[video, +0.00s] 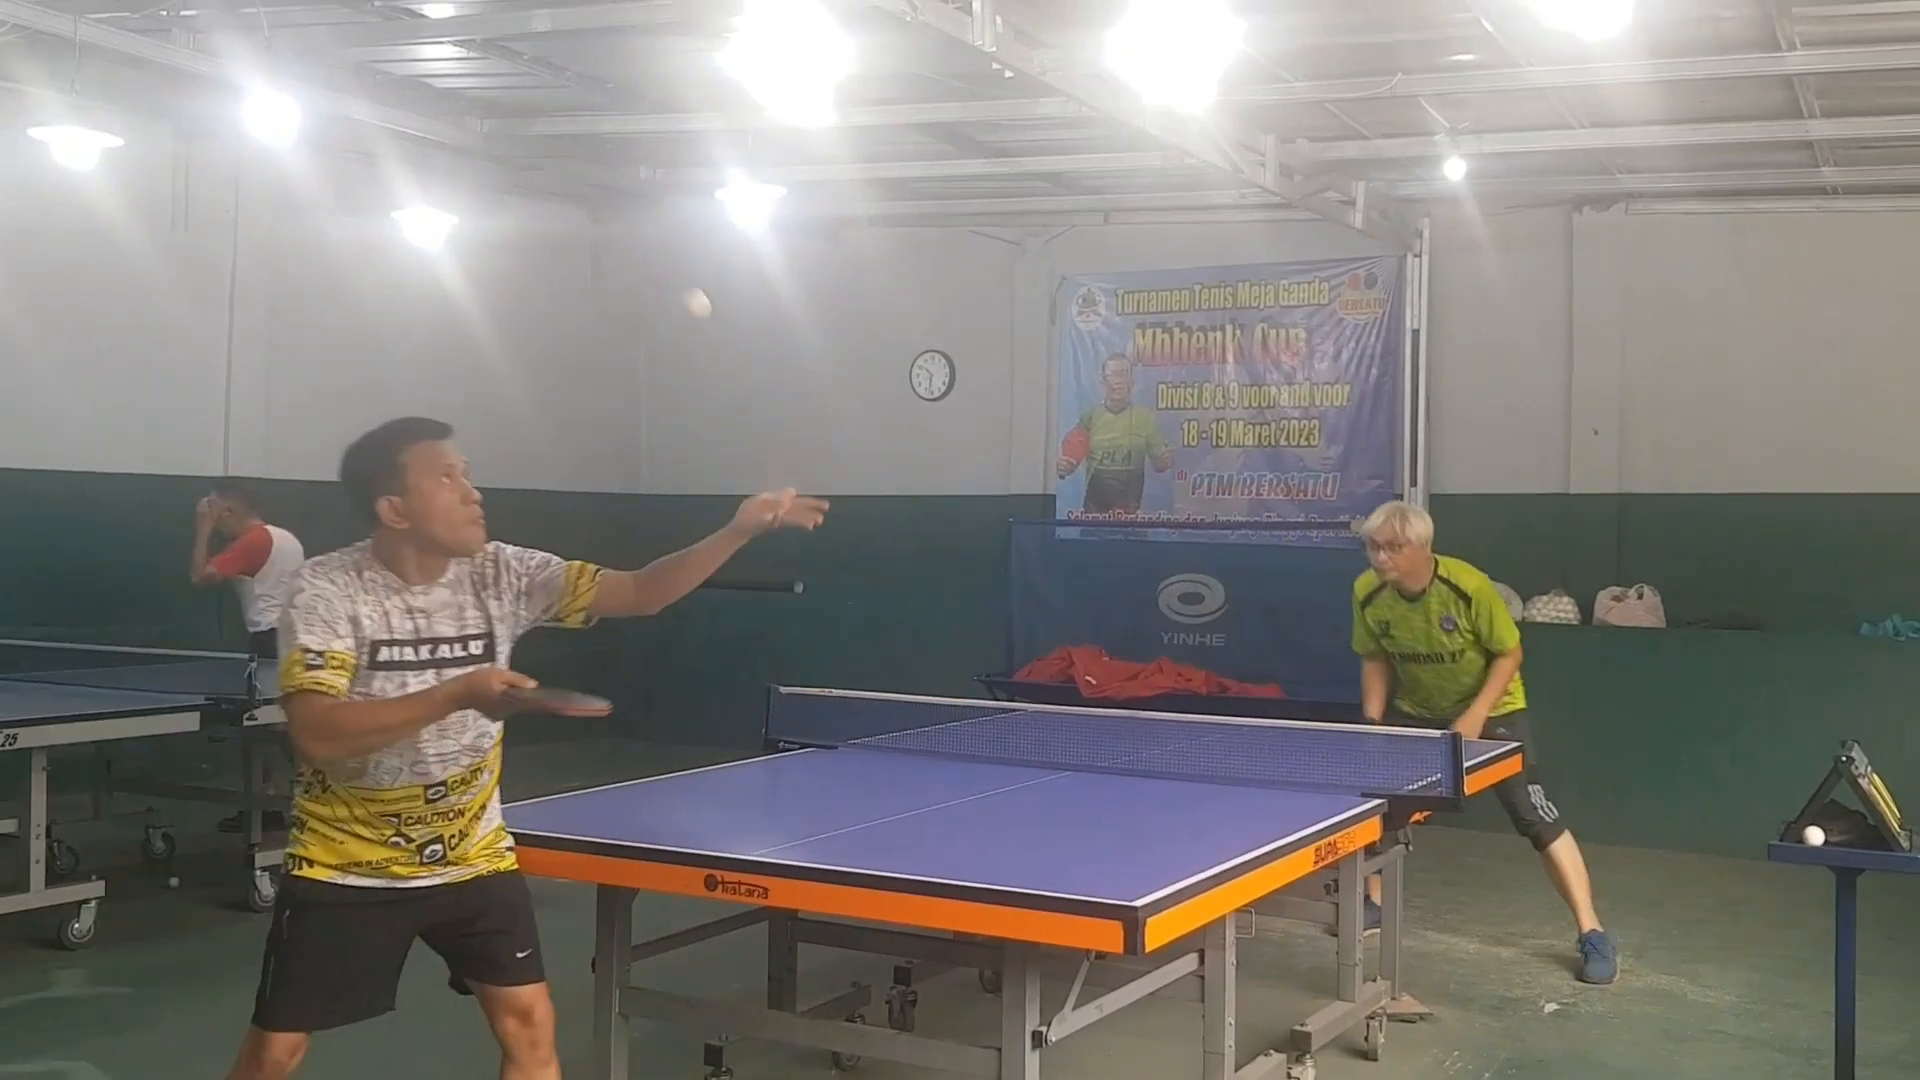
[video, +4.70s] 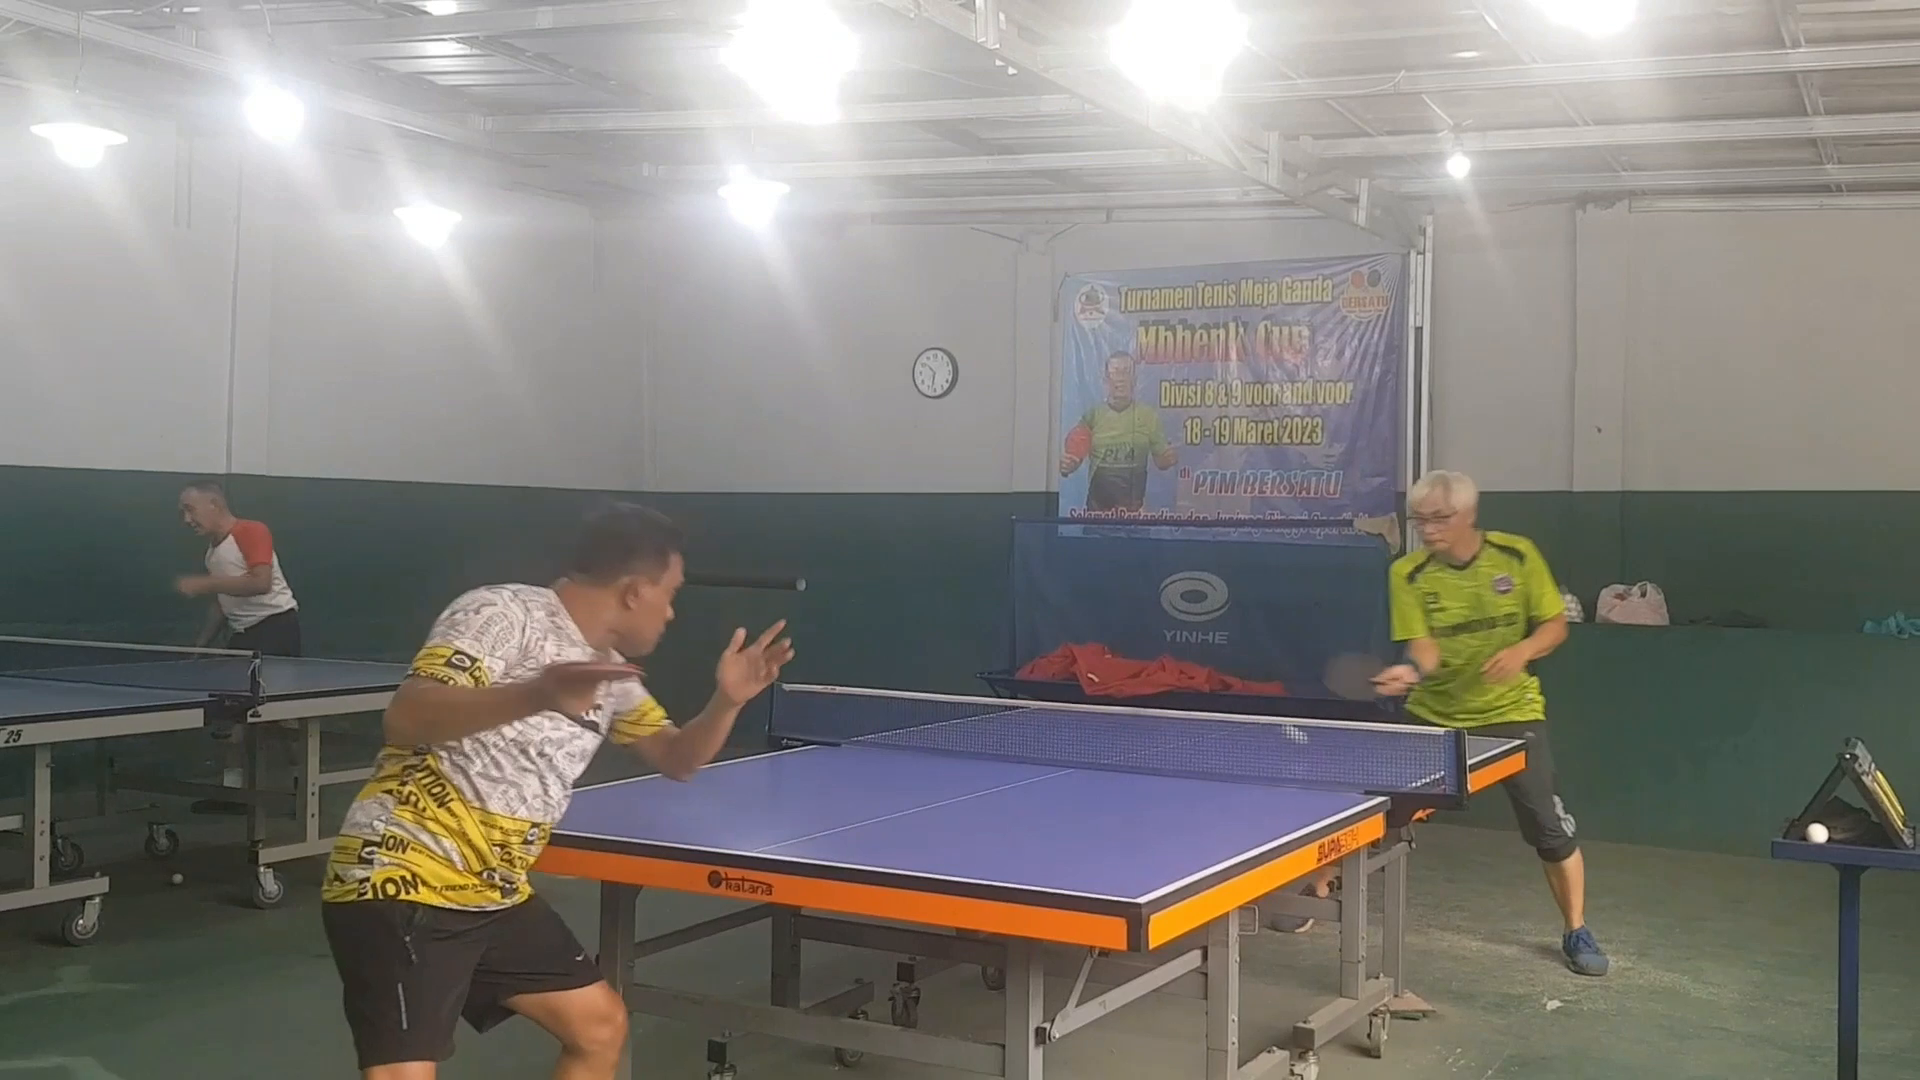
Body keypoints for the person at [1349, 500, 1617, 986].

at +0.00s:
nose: (1378, 557)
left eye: (1389, 548)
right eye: (1373, 548)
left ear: (1419, 547)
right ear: (1369, 550)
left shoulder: (1466, 586)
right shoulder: (1368, 592)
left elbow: (1509, 652)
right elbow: (1374, 658)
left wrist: (1477, 713)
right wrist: (1371, 723)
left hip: (1493, 710)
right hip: (1414, 714)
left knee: (1533, 812)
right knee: (1375, 806)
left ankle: (1591, 932)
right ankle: (1372, 904)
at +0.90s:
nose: (1376, 525)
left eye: (1387, 515)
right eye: (1370, 515)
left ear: (1419, 517)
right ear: (1366, 518)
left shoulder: (1465, 560)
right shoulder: (1357, 566)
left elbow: (1493, 628)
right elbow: (1349, 627)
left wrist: (1456, 684)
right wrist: (1333, 689)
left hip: (1469, 698)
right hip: (1393, 698)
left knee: (1498, 802)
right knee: (1367, 796)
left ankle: (1523, 913)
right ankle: (1369, 898)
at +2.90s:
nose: (1347, 528)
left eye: (1359, 518)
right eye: (1342, 518)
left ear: (1389, 518)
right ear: (1338, 520)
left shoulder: (1435, 563)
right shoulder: (1331, 570)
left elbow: (1470, 631)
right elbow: (1316, 636)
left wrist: (1438, 676)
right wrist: (1287, 672)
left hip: (1440, 704)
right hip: (1362, 705)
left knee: (1485, 800)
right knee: (1317, 786)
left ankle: (1528, 908)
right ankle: (1311, 896)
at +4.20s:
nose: (1390, 530)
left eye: (1401, 519)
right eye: (1384, 521)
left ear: (1431, 518)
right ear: (1379, 524)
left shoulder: (1482, 561)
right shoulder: (1376, 574)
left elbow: (1519, 633)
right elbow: (1375, 649)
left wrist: (1480, 664)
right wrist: (1348, 671)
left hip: (1482, 718)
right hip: (1402, 718)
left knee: (1524, 814)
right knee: (1339, 789)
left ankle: (1575, 928)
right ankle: (1314, 894)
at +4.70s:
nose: (1428, 529)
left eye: (1439, 519)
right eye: (1421, 519)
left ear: (1468, 516)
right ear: (1414, 520)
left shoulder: (1518, 555)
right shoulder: (1407, 573)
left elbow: (1556, 626)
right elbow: (1424, 648)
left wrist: (1521, 652)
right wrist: (1411, 668)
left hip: (1511, 710)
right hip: (1433, 711)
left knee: (1546, 821)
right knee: (1366, 796)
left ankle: (1577, 931)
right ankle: (1318, 889)